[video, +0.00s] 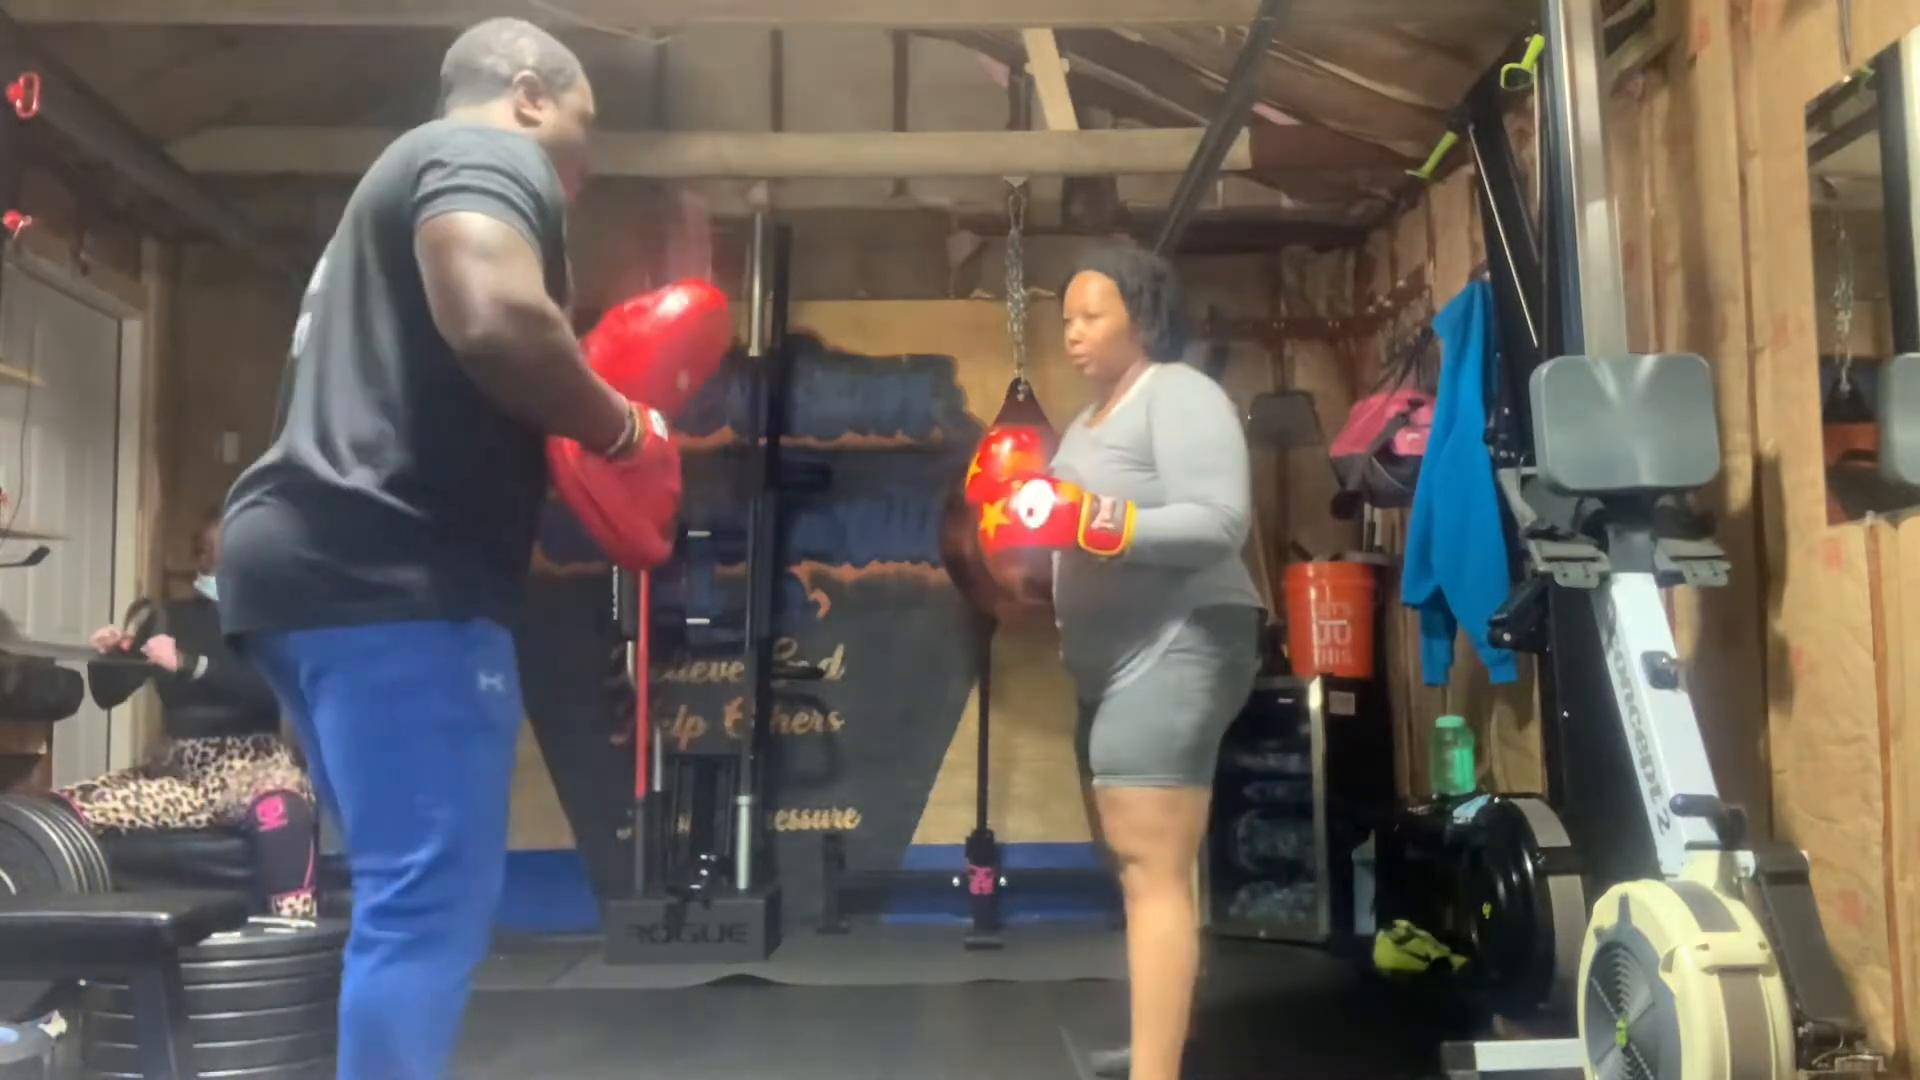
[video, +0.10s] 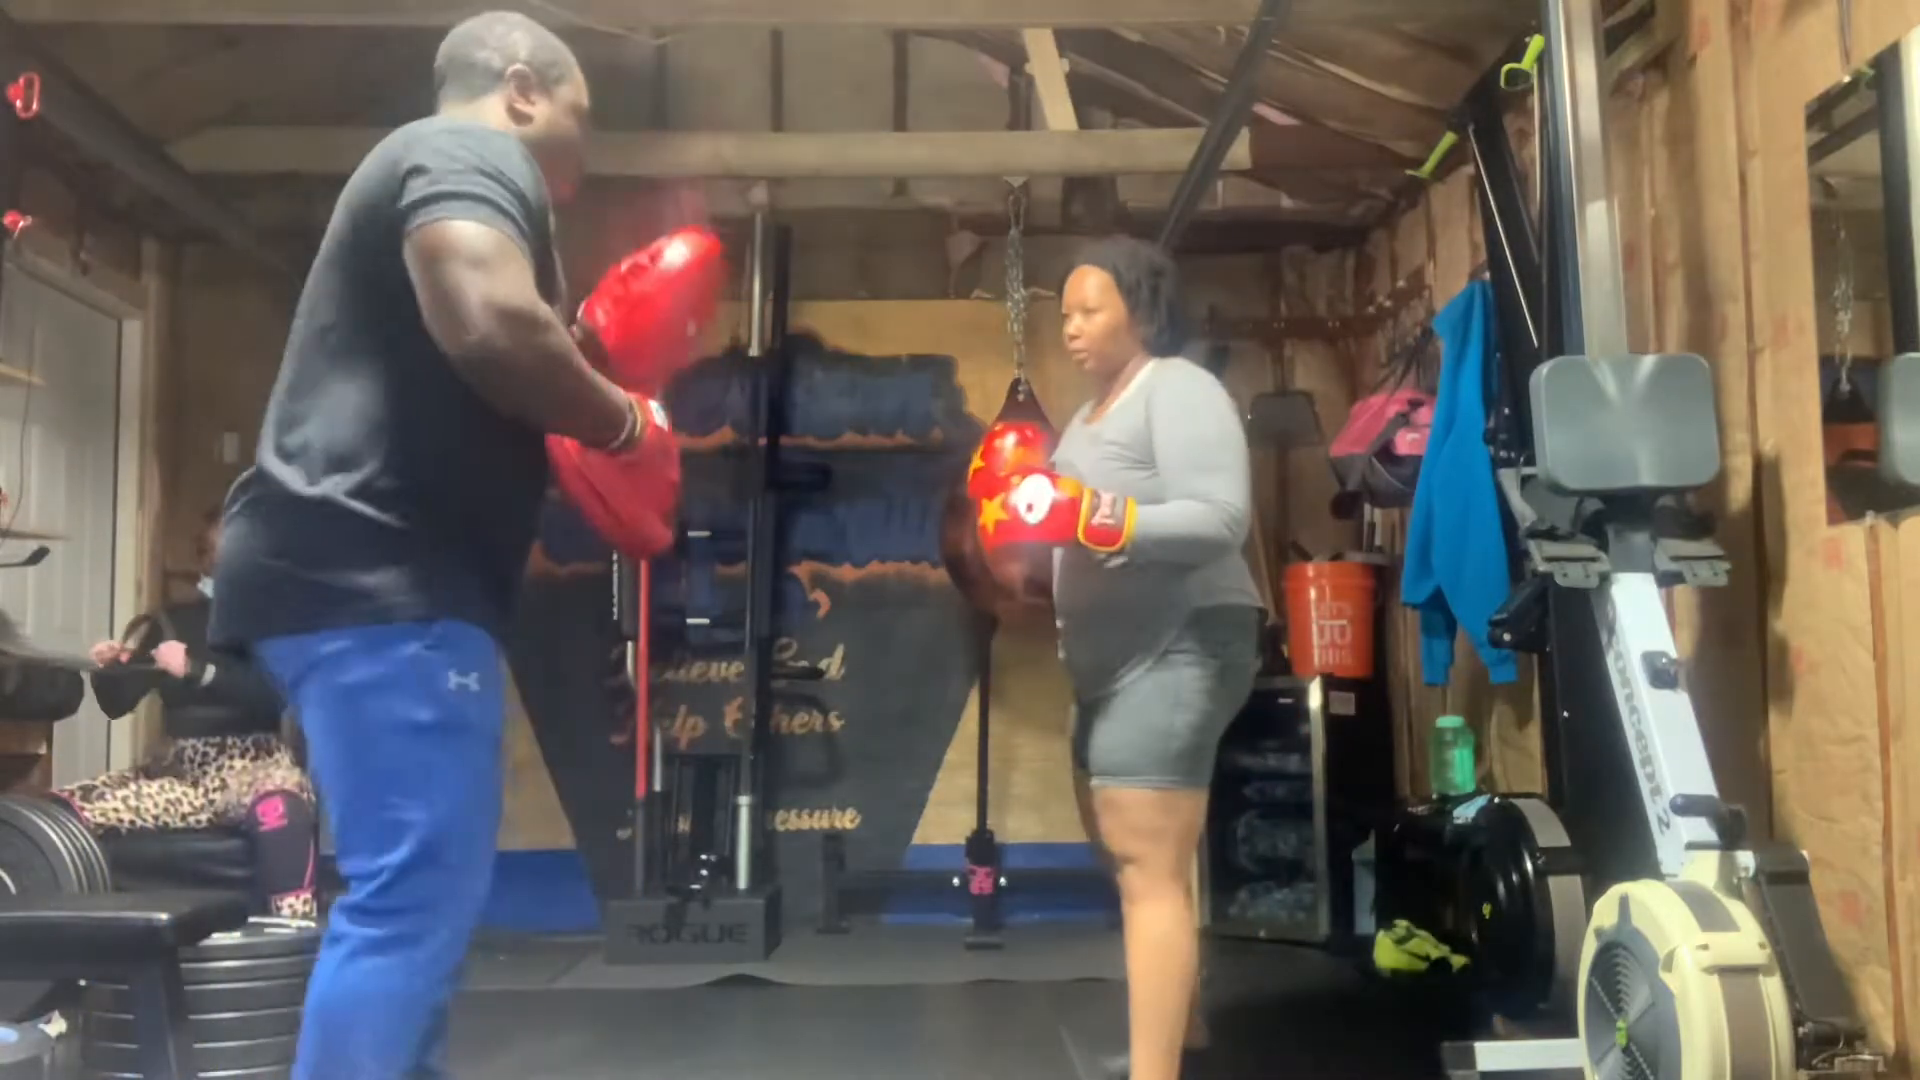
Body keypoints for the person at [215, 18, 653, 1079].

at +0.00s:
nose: (580, 160)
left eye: (586, 136)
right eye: (579, 128)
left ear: (471, 97)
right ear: (527, 94)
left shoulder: (402, 175)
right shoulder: (476, 149)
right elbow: (492, 319)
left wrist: (575, 406)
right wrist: (620, 428)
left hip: (308, 558)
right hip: (388, 562)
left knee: (405, 899)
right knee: (426, 906)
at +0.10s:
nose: (576, 149)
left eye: (579, 126)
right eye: (573, 119)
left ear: (481, 90)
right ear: (520, 90)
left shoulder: (430, 160)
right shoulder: (463, 149)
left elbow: (460, 367)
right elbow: (486, 322)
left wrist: (584, 352)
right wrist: (622, 423)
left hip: (365, 572)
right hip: (377, 573)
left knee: (406, 897)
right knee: (411, 903)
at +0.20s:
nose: (568, 135)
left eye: (571, 111)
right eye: (565, 105)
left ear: (491, 76)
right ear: (514, 72)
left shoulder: (479, 178)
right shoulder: (441, 142)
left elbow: (510, 353)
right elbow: (481, 332)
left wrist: (594, 336)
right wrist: (622, 411)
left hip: (423, 593)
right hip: (367, 588)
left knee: (449, 898)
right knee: (384, 904)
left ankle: (403, 1071)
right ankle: (294, 1076)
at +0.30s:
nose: (562, 130)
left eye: (568, 105)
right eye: (561, 98)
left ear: (481, 65)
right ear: (506, 61)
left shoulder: (462, 173)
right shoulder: (419, 144)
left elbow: (478, 371)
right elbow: (481, 350)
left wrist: (570, 326)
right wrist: (621, 401)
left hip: (435, 598)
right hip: (367, 593)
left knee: (461, 895)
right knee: (360, 912)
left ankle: (413, 1069)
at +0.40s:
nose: (556, 139)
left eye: (563, 113)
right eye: (557, 106)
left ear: (472, 60)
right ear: (506, 60)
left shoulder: (446, 176)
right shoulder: (400, 150)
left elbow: (476, 383)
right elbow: (468, 365)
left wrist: (553, 306)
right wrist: (609, 402)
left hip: (426, 600)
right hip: (358, 595)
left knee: (490, 879)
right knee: (374, 918)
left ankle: (425, 1067)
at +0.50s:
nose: (552, 149)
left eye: (562, 122)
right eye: (555, 114)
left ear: (469, 52)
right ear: (504, 56)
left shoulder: (439, 174)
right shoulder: (390, 149)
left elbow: (484, 391)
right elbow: (458, 377)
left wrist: (549, 294)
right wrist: (590, 402)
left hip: (425, 599)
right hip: (348, 597)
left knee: (504, 862)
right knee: (369, 922)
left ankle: (443, 1068)